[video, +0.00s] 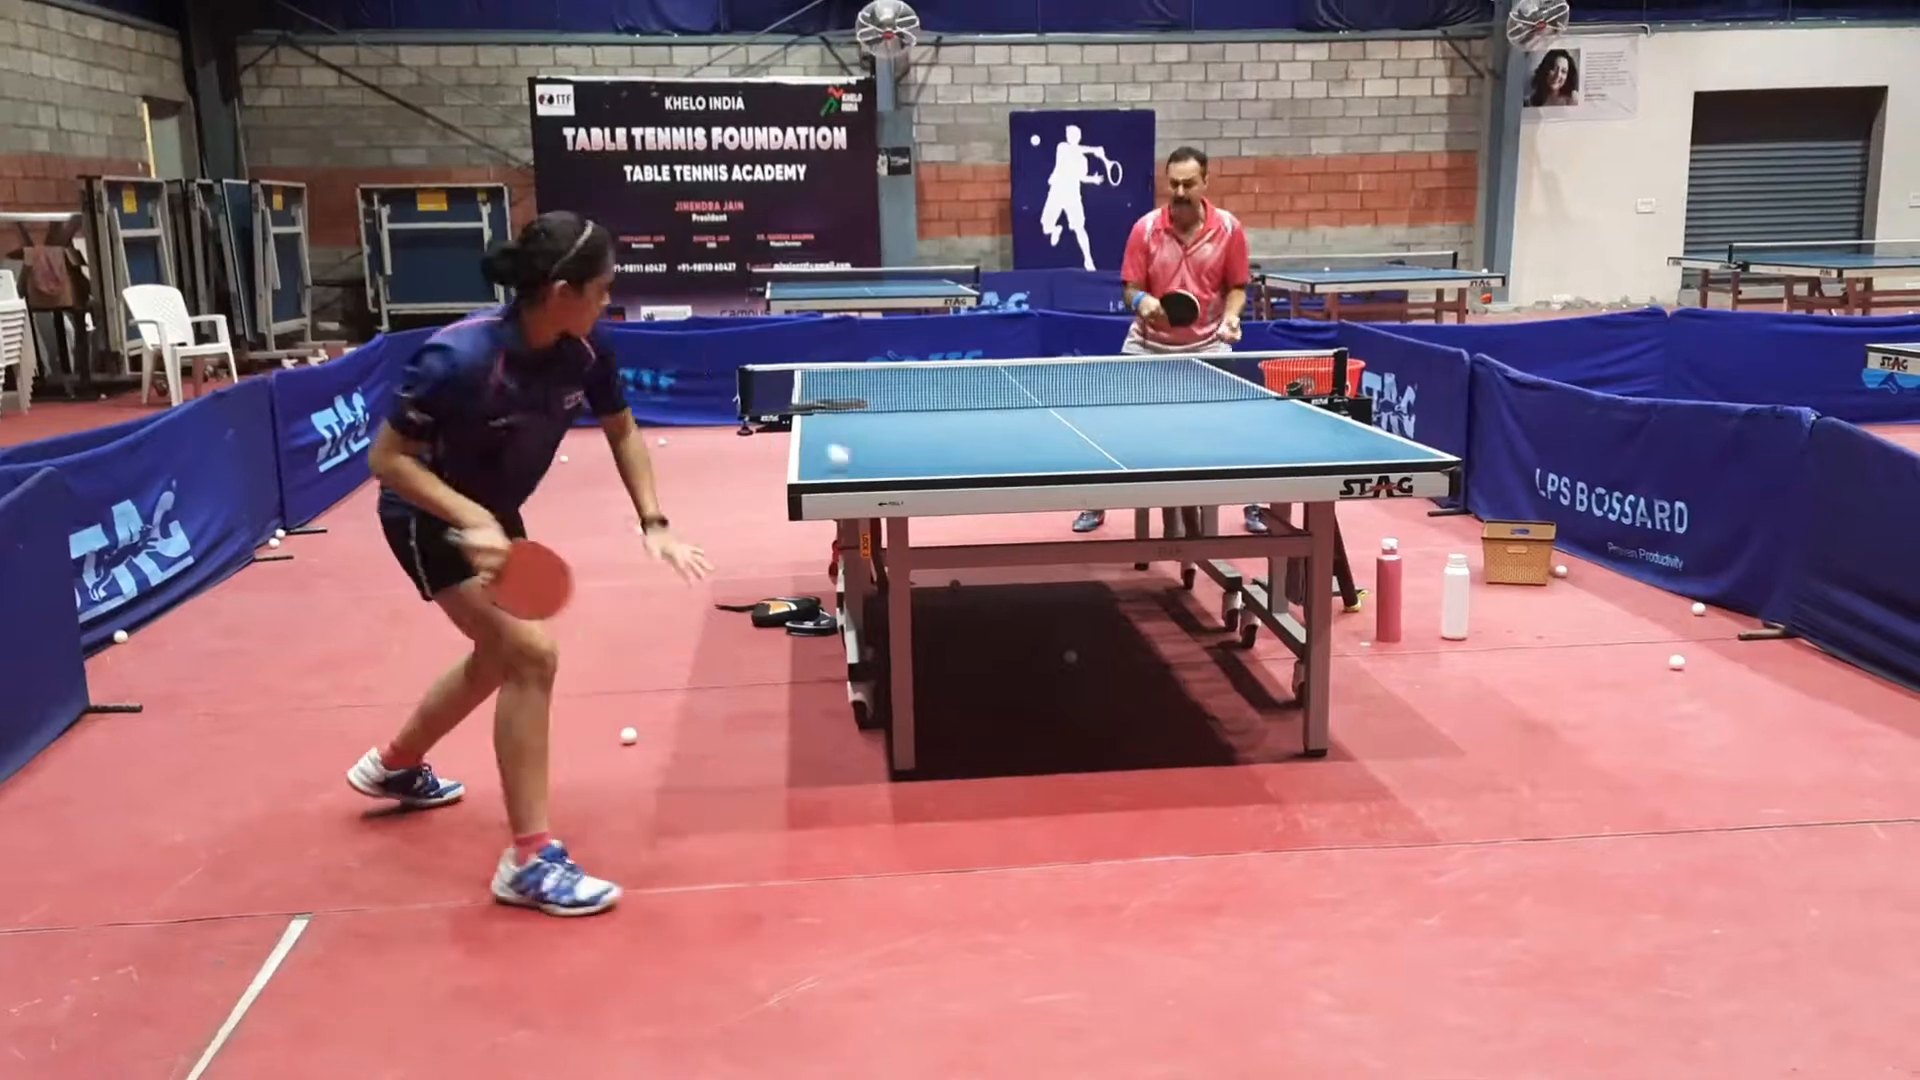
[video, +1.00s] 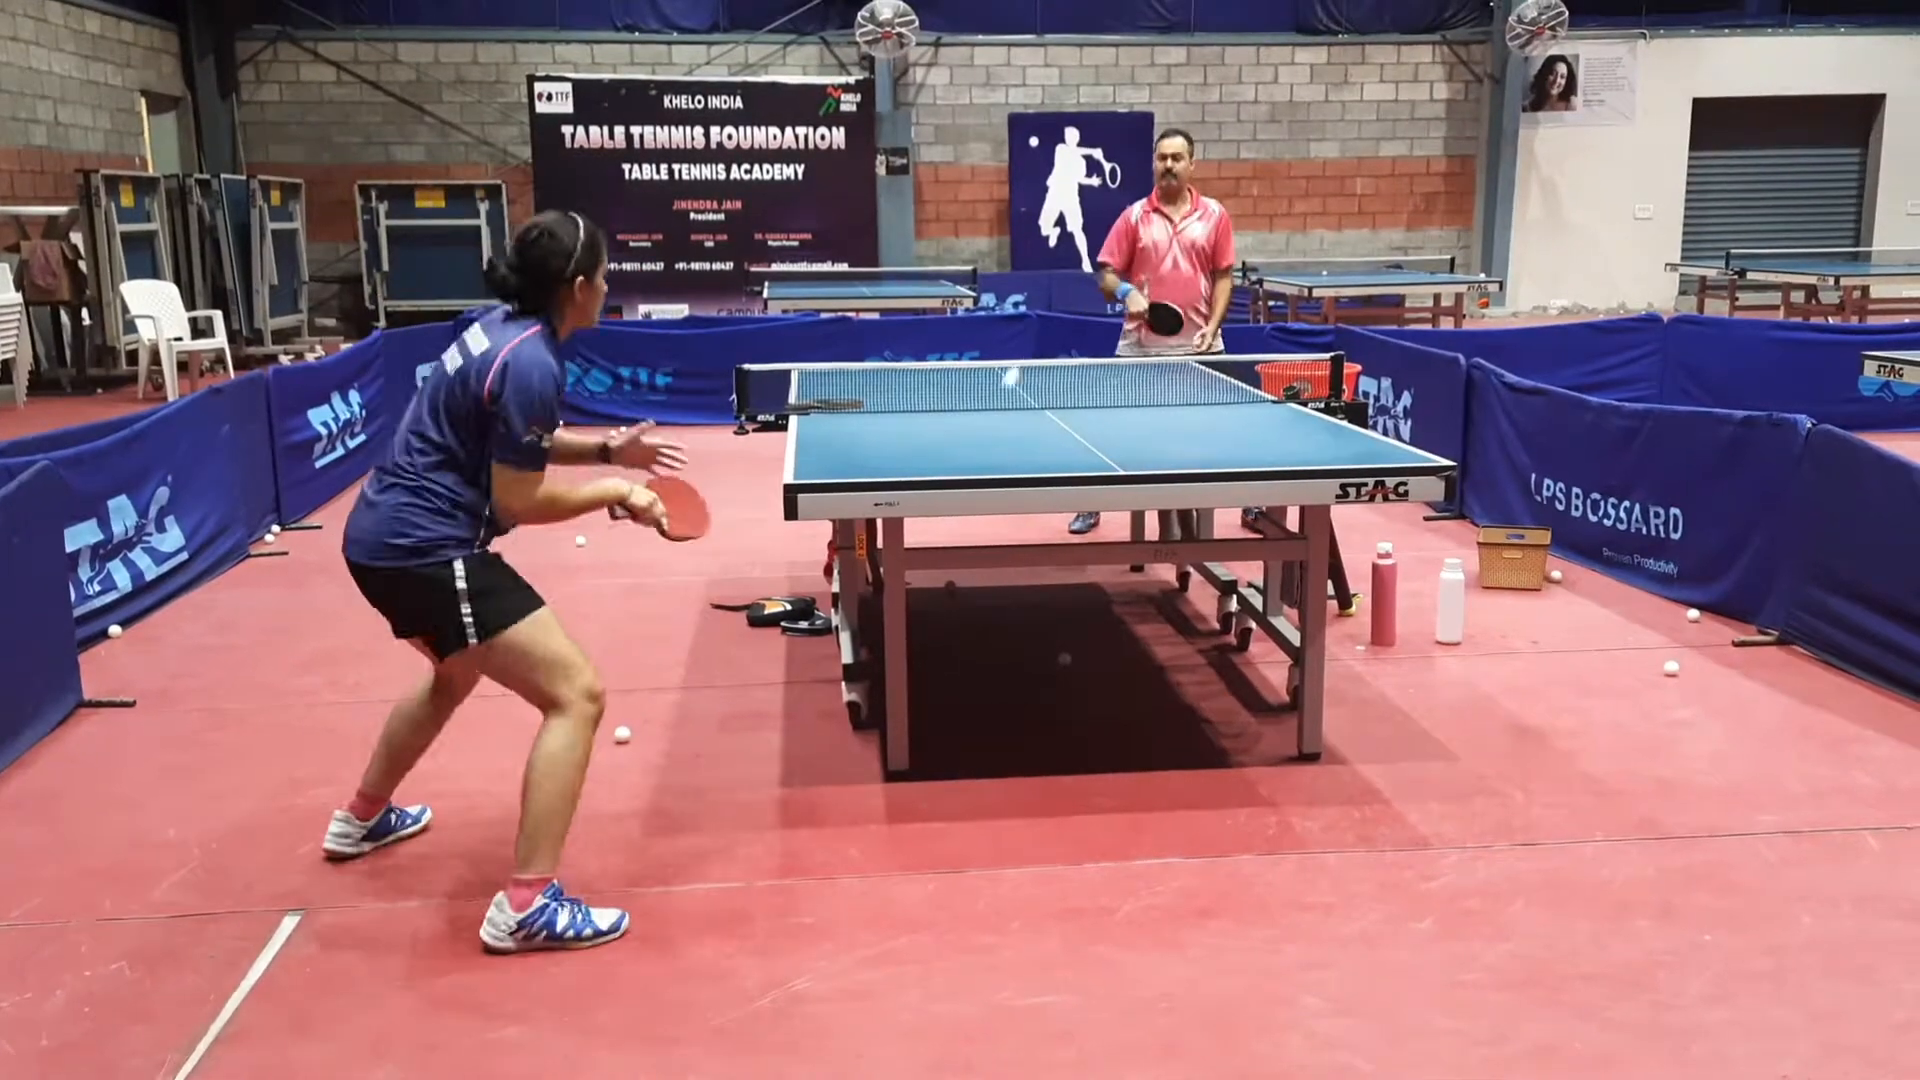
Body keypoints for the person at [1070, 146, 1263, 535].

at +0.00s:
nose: (1180, 192)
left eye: (1189, 184)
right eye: (1174, 184)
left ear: (1205, 184)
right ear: (1165, 184)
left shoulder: (1228, 228)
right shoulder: (1145, 228)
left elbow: (1237, 286)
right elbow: (1130, 288)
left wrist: (1231, 315)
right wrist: (1144, 301)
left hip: (1209, 345)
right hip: (1147, 344)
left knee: (1244, 414)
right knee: (1111, 413)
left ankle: (1255, 502)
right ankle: (1095, 502)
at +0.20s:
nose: (1167, 196)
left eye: (1175, 189)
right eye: (1160, 189)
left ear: (1192, 190)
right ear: (1153, 190)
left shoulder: (1218, 232)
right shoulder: (1136, 235)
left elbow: (1230, 289)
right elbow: (1120, 294)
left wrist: (1218, 312)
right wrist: (1125, 309)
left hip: (1205, 350)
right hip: (1141, 349)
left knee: (1240, 416)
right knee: (1108, 417)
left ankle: (1254, 503)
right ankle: (1094, 502)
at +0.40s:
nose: (1158, 203)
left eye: (1167, 195)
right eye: (1152, 195)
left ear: (1184, 194)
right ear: (1145, 195)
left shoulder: (1210, 233)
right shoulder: (1129, 240)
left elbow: (1229, 288)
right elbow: (1112, 299)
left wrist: (1217, 314)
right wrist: (1104, 324)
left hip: (1203, 350)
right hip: (1143, 349)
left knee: (1225, 424)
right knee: (1108, 418)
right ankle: (1093, 503)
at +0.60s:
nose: (1168, 219)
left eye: (1176, 210)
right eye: (1161, 210)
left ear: (1192, 207)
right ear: (1153, 208)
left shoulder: (1220, 245)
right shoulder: (1141, 251)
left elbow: (1238, 298)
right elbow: (1102, 305)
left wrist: (1230, 335)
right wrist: (1117, 305)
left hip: (1209, 358)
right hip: (1151, 357)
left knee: (1250, 418)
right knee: (1113, 418)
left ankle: (1257, 501)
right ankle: (1092, 503)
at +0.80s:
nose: (1167, 179)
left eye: (1175, 171)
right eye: (1161, 171)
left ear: (1190, 173)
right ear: (1152, 174)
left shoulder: (1214, 220)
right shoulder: (1135, 223)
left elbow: (1227, 279)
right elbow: (1092, 280)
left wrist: (1224, 331)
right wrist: (1115, 272)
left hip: (1203, 345)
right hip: (1144, 344)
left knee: (1247, 412)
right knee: (1109, 416)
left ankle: (1255, 502)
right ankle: (1091, 504)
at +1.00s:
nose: (1168, 165)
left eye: (1177, 158)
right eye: (1162, 158)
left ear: (1192, 163)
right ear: (1154, 162)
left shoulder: (1214, 216)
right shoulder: (1134, 216)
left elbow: (1224, 275)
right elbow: (1105, 274)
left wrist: (1213, 324)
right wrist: (1128, 291)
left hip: (1199, 343)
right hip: (1140, 342)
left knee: (1231, 416)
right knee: (1109, 417)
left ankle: (1253, 500)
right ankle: (1090, 503)